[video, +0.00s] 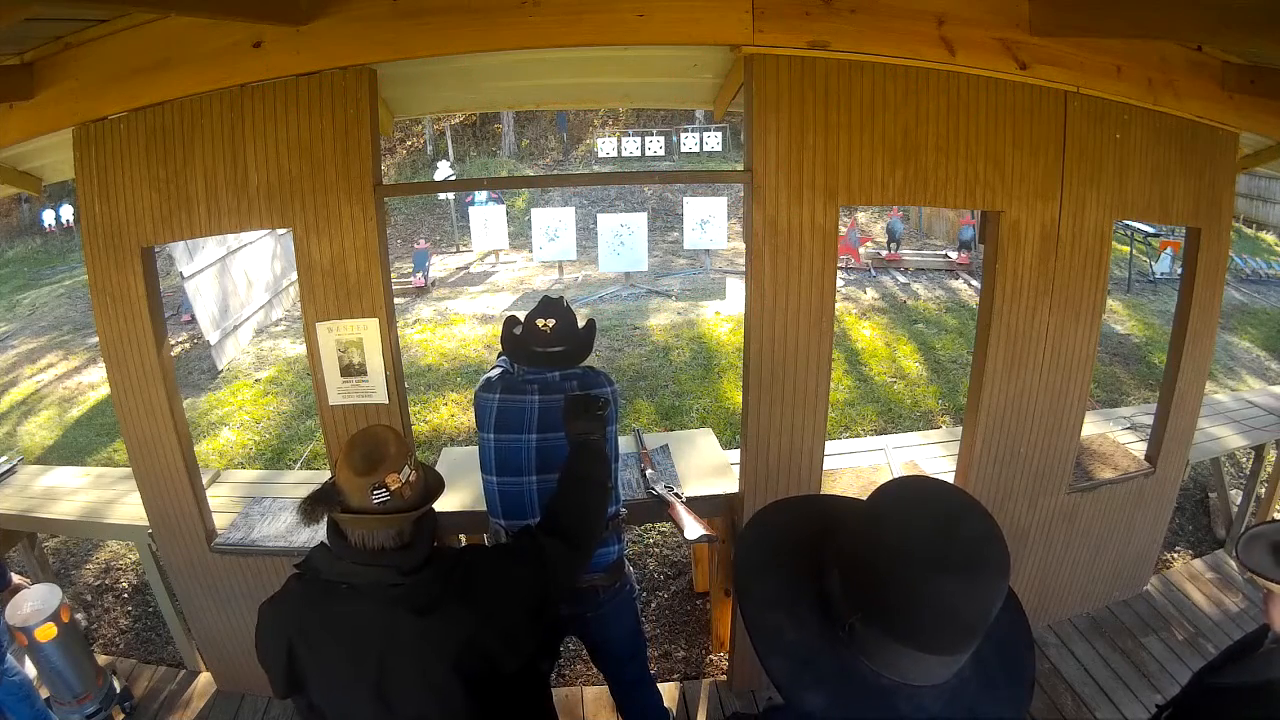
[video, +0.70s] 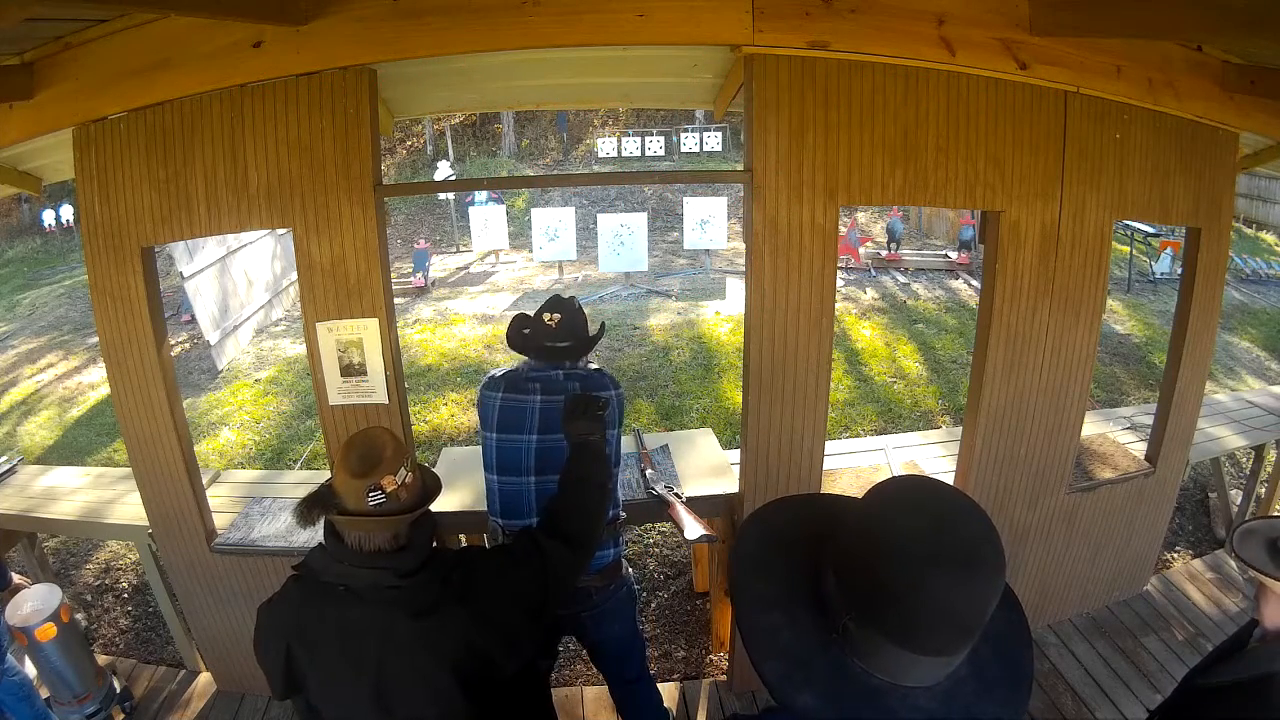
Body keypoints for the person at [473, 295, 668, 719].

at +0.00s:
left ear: (515, 340)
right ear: (576, 342)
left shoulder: (488, 393)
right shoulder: (599, 387)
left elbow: (507, 365)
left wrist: (519, 344)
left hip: (518, 582)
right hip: (596, 577)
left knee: (529, 691)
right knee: (634, 688)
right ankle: (653, 715)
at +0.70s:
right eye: (585, 339)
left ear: (529, 341)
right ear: (583, 345)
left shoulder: (491, 390)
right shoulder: (605, 389)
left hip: (517, 582)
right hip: (596, 576)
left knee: (528, 692)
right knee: (634, 687)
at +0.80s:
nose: (592, 355)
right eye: (591, 348)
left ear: (535, 346)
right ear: (586, 349)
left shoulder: (492, 391)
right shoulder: (608, 392)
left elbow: (457, 440)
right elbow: (634, 410)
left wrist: (512, 439)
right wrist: (590, 372)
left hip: (517, 579)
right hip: (597, 575)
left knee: (527, 691)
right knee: (633, 683)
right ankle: (653, 717)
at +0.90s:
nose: (594, 360)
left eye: (593, 353)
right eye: (593, 352)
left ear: (541, 348)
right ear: (586, 352)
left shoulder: (488, 396)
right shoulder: (613, 393)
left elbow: (445, 463)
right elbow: (673, 429)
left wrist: (494, 502)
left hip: (519, 577)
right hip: (600, 572)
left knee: (529, 689)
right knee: (634, 683)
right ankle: (652, 717)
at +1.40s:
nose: (603, 365)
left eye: (543, 347)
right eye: (602, 358)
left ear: (544, 350)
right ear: (595, 356)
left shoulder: (494, 388)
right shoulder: (624, 394)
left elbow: (428, 422)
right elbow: (683, 445)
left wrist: (476, 472)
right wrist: (638, 475)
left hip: (522, 581)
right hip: (604, 575)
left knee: (528, 694)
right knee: (635, 684)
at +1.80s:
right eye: (580, 335)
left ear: (523, 342)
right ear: (581, 343)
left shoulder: (489, 401)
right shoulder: (608, 391)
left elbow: (479, 449)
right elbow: (629, 459)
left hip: (526, 585)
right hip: (605, 577)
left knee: (530, 696)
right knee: (636, 686)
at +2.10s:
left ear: (528, 341)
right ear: (583, 344)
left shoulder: (494, 392)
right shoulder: (607, 387)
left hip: (524, 582)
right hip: (602, 575)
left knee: (529, 693)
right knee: (636, 687)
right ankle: (653, 716)